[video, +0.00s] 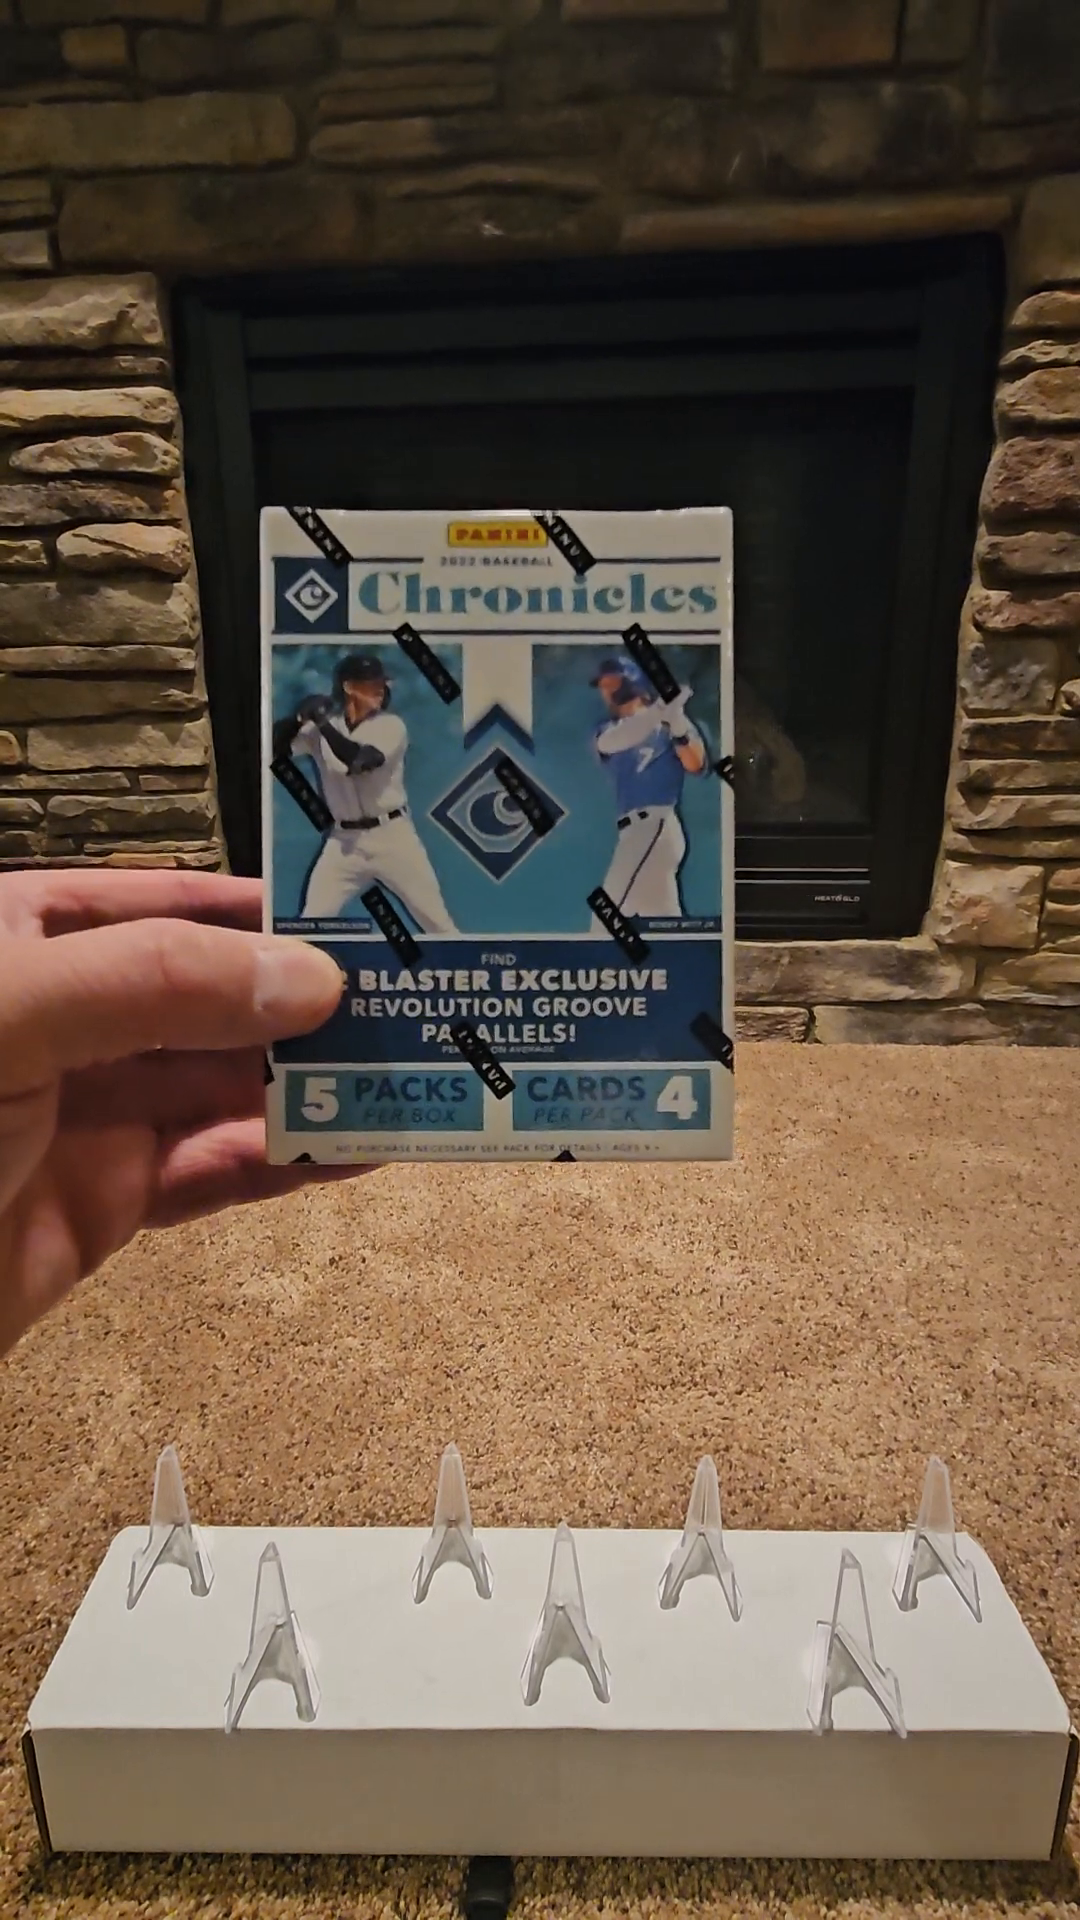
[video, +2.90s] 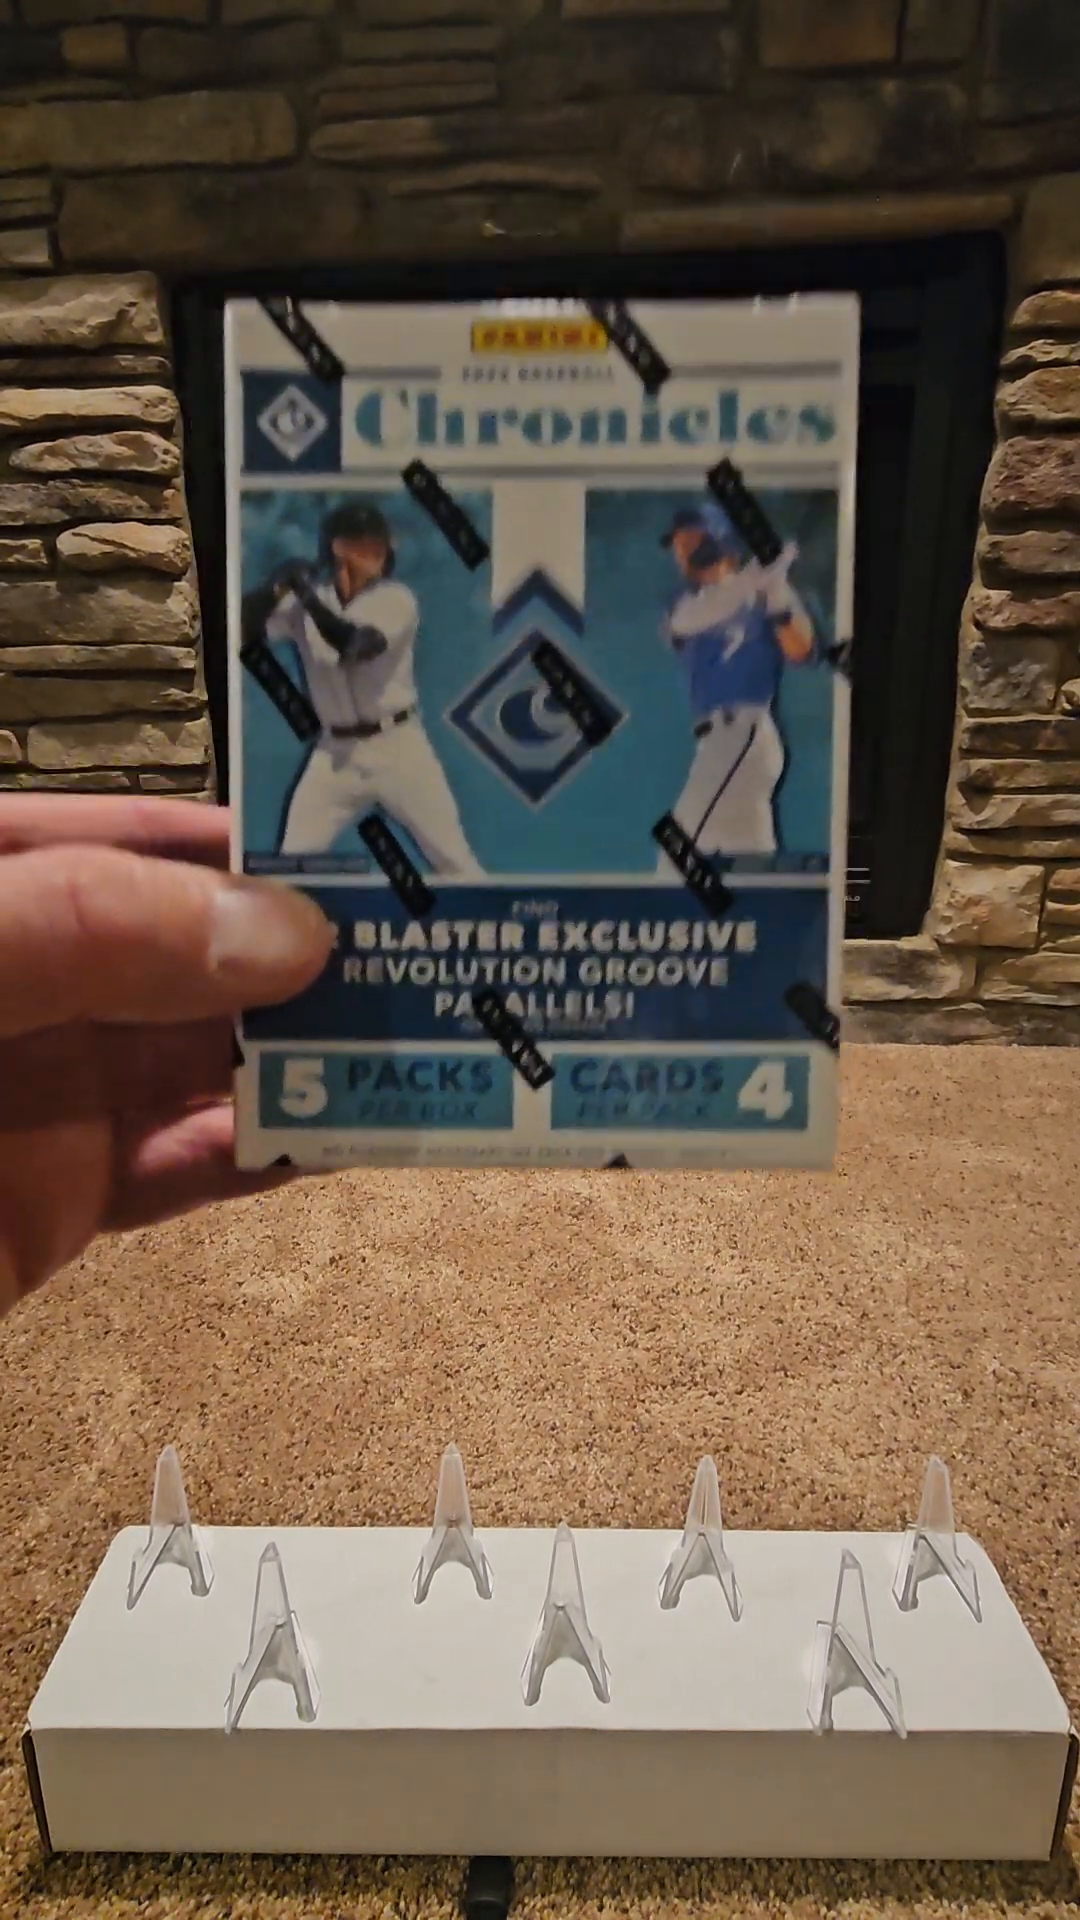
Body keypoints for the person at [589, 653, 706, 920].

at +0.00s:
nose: (607, 693)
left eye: (613, 684)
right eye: (603, 686)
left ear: (633, 686)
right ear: (600, 690)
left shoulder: (673, 721)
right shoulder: (607, 730)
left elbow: (696, 766)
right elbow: (614, 742)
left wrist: (677, 722)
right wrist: (658, 712)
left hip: (655, 829)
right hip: (633, 832)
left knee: (607, 916)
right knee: (665, 925)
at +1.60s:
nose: (619, 660)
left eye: (627, 649)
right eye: (615, 652)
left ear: (649, 650)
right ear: (610, 657)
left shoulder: (689, 690)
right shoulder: (616, 700)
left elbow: (715, 740)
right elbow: (628, 712)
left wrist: (698, 693)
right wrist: (674, 681)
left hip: (671, 809)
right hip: (645, 813)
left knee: (616, 907)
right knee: (678, 918)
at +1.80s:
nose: (600, 614)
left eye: (608, 603)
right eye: (595, 605)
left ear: (629, 602)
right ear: (589, 610)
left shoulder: (670, 643)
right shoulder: (595, 655)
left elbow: (698, 696)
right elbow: (624, 658)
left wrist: (679, 648)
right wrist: (660, 627)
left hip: (652, 768)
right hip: (625, 771)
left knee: (594, 868)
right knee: (659, 880)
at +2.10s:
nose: (622, 558)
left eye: (630, 547)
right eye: (617, 550)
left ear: (656, 549)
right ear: (613, 556)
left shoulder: (699, 592)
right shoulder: (622, 606)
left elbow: (732, 649)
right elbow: (642, 614)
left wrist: (710, 594)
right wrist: (682, 583)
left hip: (682, 727)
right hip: (653, 731)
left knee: (621, 835)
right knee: (693, 848)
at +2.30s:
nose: (644, 525)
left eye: (653, 513)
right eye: (641, 516)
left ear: (681, 514)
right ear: (638, 521)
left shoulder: (735, 562)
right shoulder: (652, 575)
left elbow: (765, 621)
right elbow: (655, 590)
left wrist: (742, 562)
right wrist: (718, 546)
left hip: (711, 704)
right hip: (682, 709)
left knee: (647, 819)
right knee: (721, 833)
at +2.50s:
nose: (679, 509)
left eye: (688, 496)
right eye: (674, 500)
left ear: (717, 497)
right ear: (670, 506)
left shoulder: (769, 547)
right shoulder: (680, 562)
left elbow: (801, 609)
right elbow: (698, 572)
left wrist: (777, 546)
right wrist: (757, 528)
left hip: (744, 697)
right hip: (713, 702)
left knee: (676, 816)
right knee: (753, 832)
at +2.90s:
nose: (683, 554)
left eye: (692, 541)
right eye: (678, 545)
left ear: (719, 544)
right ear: (675, 555)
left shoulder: (763, 590)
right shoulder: (686, 607)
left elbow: (800, 651)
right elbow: (692, 620)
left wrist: (776, 589)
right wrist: (755, 576)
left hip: (746, 733)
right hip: (714, 737)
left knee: (680, 849)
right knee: (749, 863)